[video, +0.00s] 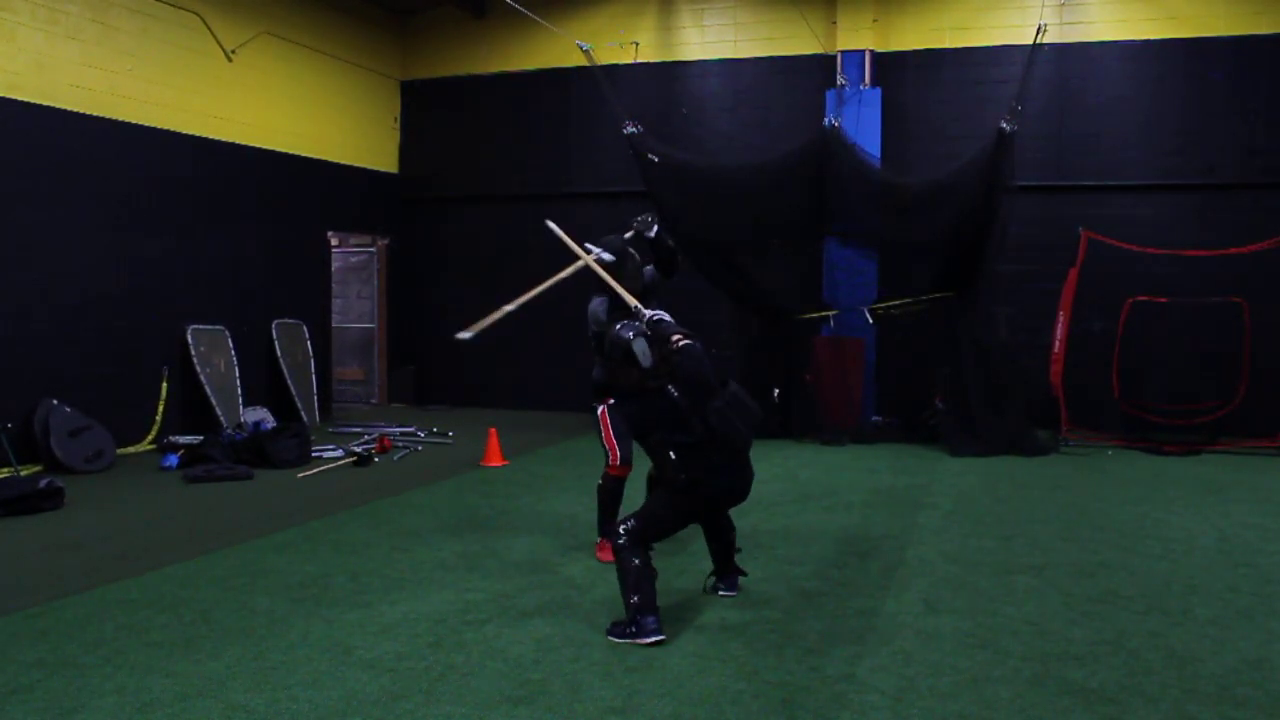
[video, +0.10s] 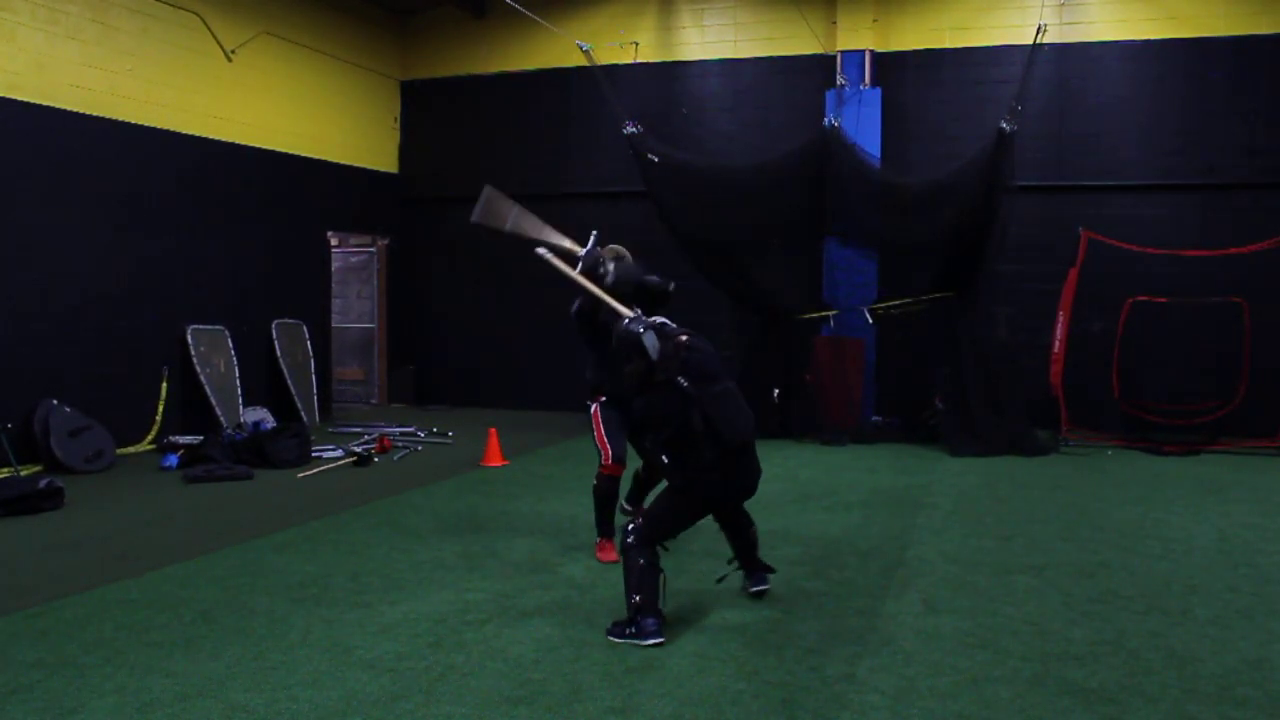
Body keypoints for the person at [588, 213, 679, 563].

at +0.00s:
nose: (633, 272)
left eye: (632, 265)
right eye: (624, 267)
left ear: (634, 267)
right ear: (609, 272)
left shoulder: (644, 290)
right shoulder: (600, 307)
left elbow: (669, 267)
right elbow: (611, 340)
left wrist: (657, 238)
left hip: (648, 391)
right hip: (610, 396)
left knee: (669, 460)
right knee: (620, 461)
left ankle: (652, 526)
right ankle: (607, 538)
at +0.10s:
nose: (617, 281)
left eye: (622, 274)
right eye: (610, 276)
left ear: (631, 274)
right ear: (599, 278)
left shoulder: (641, 304)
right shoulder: (589, 311)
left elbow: (663, 289)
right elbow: (581, 311)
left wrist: (628, 274)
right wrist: (588, 275)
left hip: (641, 395)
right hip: (605, 395)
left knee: (660, 460)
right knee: (613, 461)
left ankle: (633, 503)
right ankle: (605, 538)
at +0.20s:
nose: (613, 288)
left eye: (618, 282)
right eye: (607, 282)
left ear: (628, 276)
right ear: (595, 278)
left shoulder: (643, 296)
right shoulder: (581, 301)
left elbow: (655, 329)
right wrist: (586, 321)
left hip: (637, 396)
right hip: (600, 398)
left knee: (652, 466)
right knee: (602, 464)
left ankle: (624, 499)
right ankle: (602, 538)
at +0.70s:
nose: (618, 259)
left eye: (621, 254)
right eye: (611, 253)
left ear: (626, 263)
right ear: (596, 262)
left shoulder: (631, 300)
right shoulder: (573, 298)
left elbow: (642, 345)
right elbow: (563, 341)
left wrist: (627, 369)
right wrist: (606, 351)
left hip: (616, 387)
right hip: (577, 388)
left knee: (638, 448)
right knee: (578, 448)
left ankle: (626, 511)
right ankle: (585, 511)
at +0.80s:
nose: (608, 258)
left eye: (612, 253)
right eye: (601, 253)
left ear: (616, 263)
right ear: (587, 259)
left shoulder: (621, 295)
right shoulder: (562, 294)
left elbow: (636, 336)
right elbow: (549, 336)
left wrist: (616, 354)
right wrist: (590, 332)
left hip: (607, 384)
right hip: (569, 384)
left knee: (628, 445)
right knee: (567, 452)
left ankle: (626, 509)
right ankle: (553, 497)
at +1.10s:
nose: (563, 265)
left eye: (567, 260)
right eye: (557, 259)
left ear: (572, 262)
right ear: (544, 260)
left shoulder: (580, 292)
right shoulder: (522, 293)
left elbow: (595, 331)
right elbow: (502, 330)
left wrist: (567, 344)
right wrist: (538, 321)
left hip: (572, 379)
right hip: (535, 381)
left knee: (589, 439)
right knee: (535, 445)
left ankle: (592, 501)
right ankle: (529, 502)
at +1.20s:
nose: (553, 265)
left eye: (557, 260)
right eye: (548, 259)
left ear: (563, 261)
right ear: (535, 259)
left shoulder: (572, 287)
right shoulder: (513, 290)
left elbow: (588, 324)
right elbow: (491, 326)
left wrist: (557, 341)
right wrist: (524, 317)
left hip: (563, 374)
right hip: (527, 376)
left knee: (578, 433)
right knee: (530, 440)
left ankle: (559, 490)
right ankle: (528, 501)